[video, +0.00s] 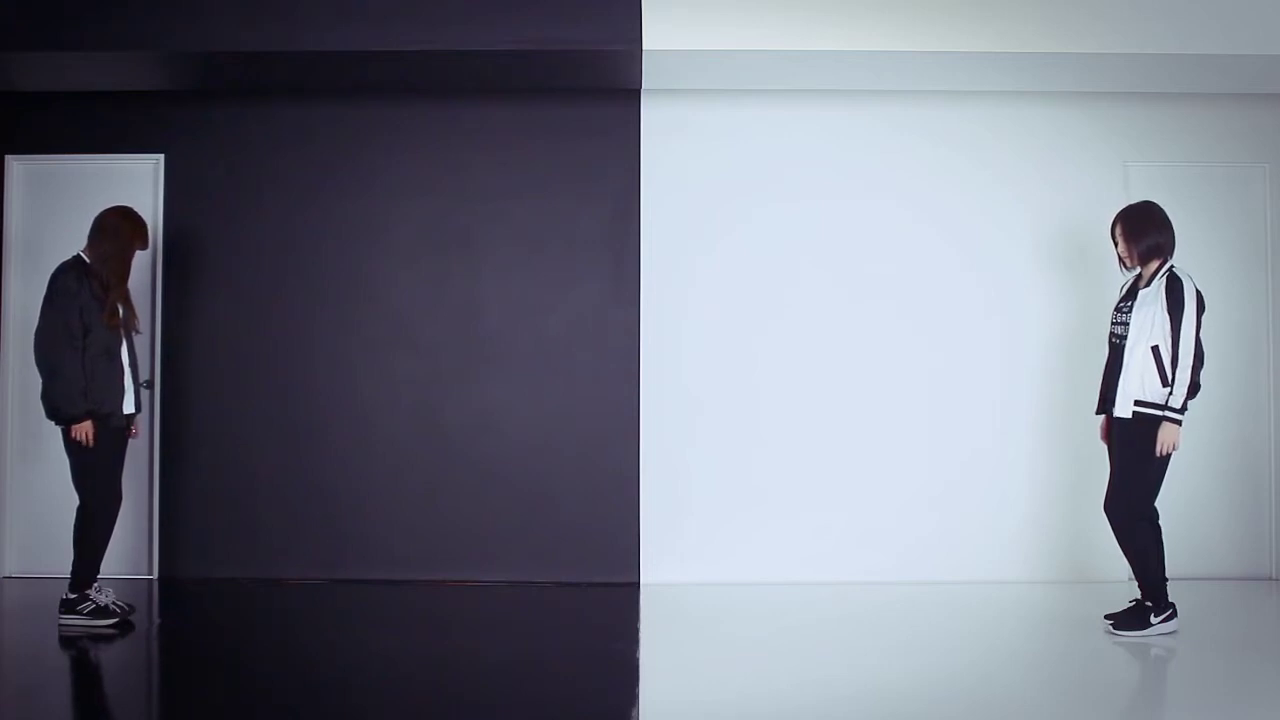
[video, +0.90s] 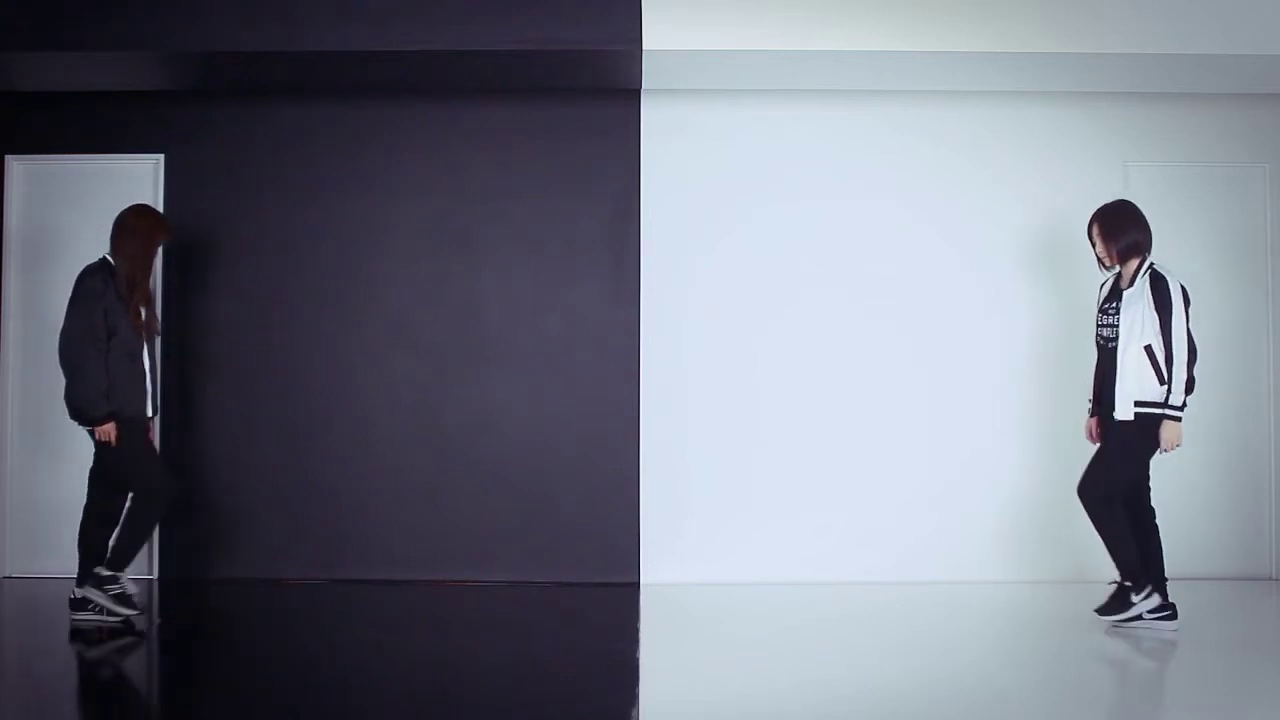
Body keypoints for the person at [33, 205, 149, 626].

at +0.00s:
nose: (132, 259)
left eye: (135, 251)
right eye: (130, 250)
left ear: (107, 240)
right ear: (114, 244)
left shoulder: (109, 283)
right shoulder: (70, 278)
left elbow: (119, 353)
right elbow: (55, 349)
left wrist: (130, 410)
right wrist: (75, 412)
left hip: (112, 416)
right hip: (87, 417)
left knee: (107, 501)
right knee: (97, 502)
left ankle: (86, 590)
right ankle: (77, 597)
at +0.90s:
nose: (156, 256)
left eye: (157, 247)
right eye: (153, 247)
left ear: (129, 240)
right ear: (136, 242)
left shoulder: (132, 285)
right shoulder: (96, 279)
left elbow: (135, 358)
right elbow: (80, 350)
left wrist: (145, 414)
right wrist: (98, 413)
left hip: (128, 414)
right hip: (111, 415)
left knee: (104, 503)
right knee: (156, 489)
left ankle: (87, 592)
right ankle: (107, 576)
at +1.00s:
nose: (162, 255)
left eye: (164, 247)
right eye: (160, 246)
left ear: (136, 240)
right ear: (142, 242)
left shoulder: (132, 282)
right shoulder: (103, 278)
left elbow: (135, 347)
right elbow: (85, 348)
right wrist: (104, 412)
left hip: (136, 415)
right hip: (122, 417)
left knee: (105, 508)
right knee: (173, 481)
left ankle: (86, 593)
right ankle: (151, 573)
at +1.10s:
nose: (173, 255)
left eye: (175, 246)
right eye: (169, 245)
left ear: (152, 244)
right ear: (149, 242)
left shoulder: (155, 285)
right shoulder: (113, 280)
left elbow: (164, 355)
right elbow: (94, 350)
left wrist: (176, 411)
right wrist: (112, 414)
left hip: (148, 418)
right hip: (133, 419)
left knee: (107, 511)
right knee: (182, 487)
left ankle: (86, 593)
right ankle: (195, 576)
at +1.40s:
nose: (214, 263)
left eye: (215, 254)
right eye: (210, 254)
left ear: (188, 250)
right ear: (190, 250)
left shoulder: (185, 294)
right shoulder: (158, 290)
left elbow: (185, 364)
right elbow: (143, 361)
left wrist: (193, 424)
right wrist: (156, 425)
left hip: (180, 427)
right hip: (171, 429)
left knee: (130, 512)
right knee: (205, 511)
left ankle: (89, 590)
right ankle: (244, 587)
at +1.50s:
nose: (233, 260)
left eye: (234, 251)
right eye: (229, 251)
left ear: (204, 248)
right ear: (210, 249)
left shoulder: (209, 290)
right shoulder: (179, 290)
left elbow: (213, 359)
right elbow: (166, 359)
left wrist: (225, 418)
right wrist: (180, 422)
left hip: (213, 421)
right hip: (192, 423)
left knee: (154, 503)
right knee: (226, 506)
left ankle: (100, 582)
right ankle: (251, 590)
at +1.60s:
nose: (253, 257)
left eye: (255, 249)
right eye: (249, 248)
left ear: (226, 247)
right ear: (229, 246)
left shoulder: (232, 288)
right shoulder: (199, 287)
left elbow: (238, 360)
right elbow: (194, 358)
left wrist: (251, 414)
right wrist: (209, 416)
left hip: (241, 420)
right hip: (220, 423)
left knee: (197, 501)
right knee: (239, 504)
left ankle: (131, 565)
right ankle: (253, 590)